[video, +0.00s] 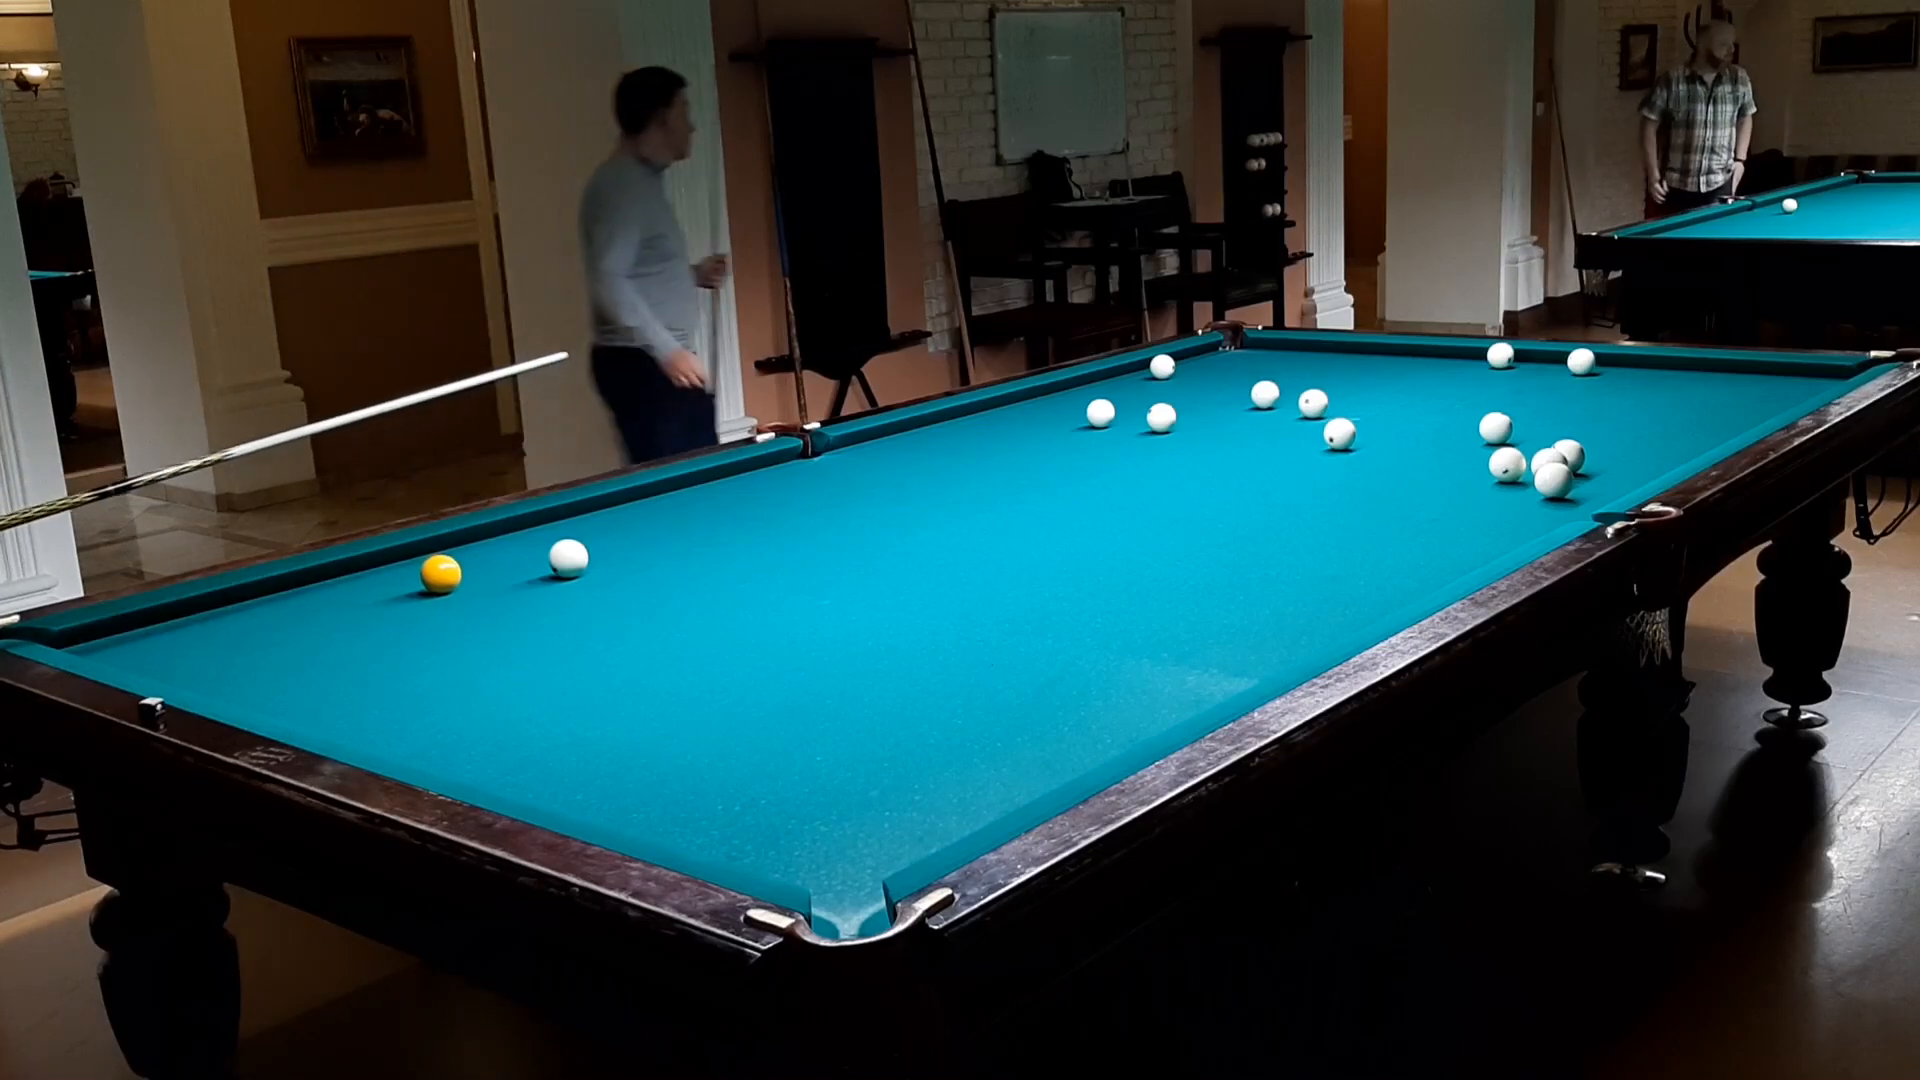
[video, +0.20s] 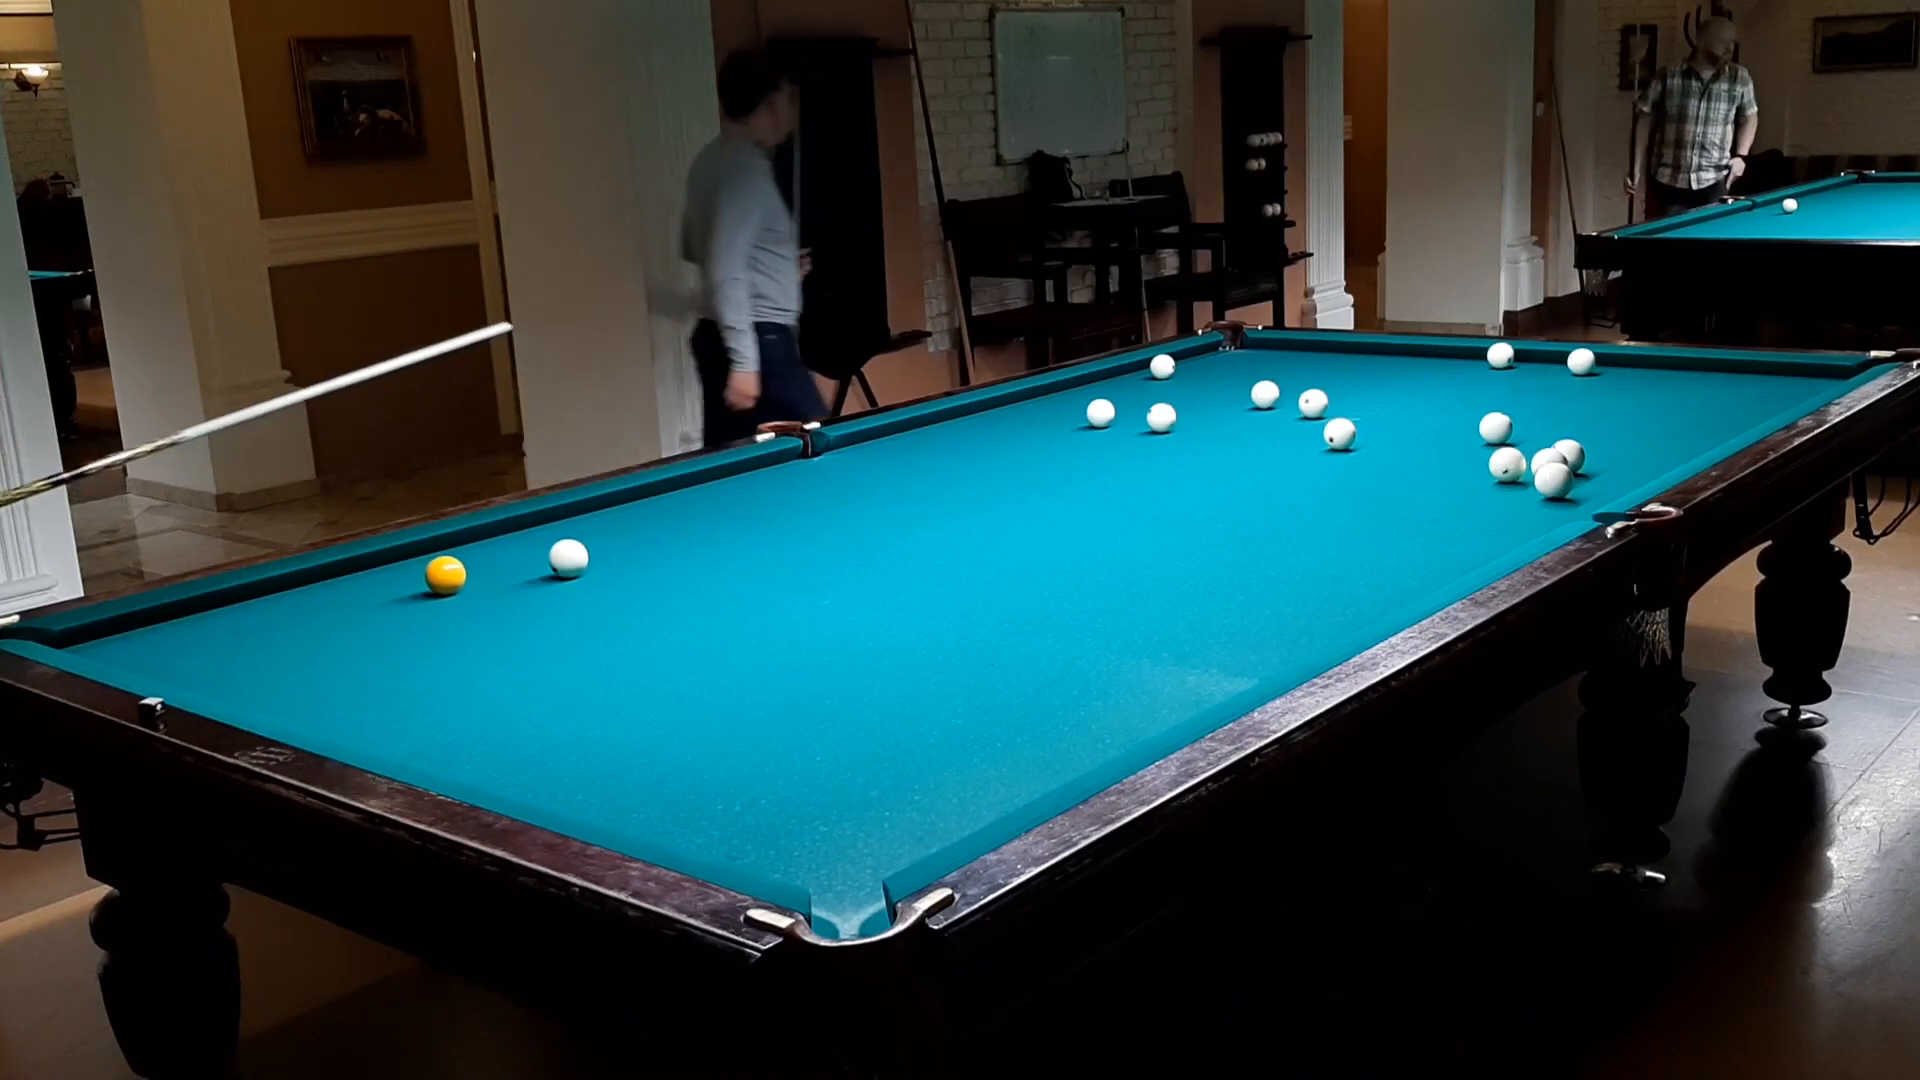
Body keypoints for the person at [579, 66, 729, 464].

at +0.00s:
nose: (692, 127)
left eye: (688, 113)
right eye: (684, 113)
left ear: (655, 121)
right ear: (659, 119)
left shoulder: (643, 180)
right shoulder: (622, 184)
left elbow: (639, 273)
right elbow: (610, 284)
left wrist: (692, 275)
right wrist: (668, 351)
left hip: (661, 359)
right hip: (637, 361)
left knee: (695, 486)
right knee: (675, 490)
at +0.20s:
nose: (793, 115)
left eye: (791, 102)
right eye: (789, 101)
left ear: (734, 102)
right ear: (770, 104)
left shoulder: (713, 160)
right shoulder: (746, 168)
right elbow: (726, 268)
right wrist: (743, 361)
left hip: (724, 333)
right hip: (760, 337)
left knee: (729, 465)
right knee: (818, 446)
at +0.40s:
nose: (894, 119)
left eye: (892, 107)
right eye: (891, 107)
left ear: (845, 109)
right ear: (879, 110)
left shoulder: (812, 168)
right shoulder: (864, 174)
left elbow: (785, 250)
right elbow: (857, 278)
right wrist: (875, 369)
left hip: (826, 338)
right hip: (873, 339)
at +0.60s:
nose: (989, 98)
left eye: (987, 88)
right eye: (987, 87)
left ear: (933, 89)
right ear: (980, 88)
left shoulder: (895, 151)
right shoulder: (969, 153)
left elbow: (867, 232)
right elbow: (1000, 244)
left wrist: (917, 258)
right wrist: (1050, 314)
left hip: (911, 315)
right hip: (962, 313)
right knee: (985, 429)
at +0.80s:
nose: (1054, 98)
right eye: (1052, 90)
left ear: (999, 100)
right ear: (1048, 94)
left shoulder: (969, 160)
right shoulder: (1054, 155)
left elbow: (941, 240)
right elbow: (1108, 224)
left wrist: (989, 261)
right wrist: (1169, 250)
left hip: (990, 314)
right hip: (1043, 312)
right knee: (1049, 425)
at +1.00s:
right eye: (1102, 80)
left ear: (1052, 95)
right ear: (1102, 85)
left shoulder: (1030, 151)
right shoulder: (1121, 140)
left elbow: (1001, 230)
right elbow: (1172, 212)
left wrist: (1042, 267)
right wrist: (1215, 221)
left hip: (1060, 302)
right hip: (1121, 301)